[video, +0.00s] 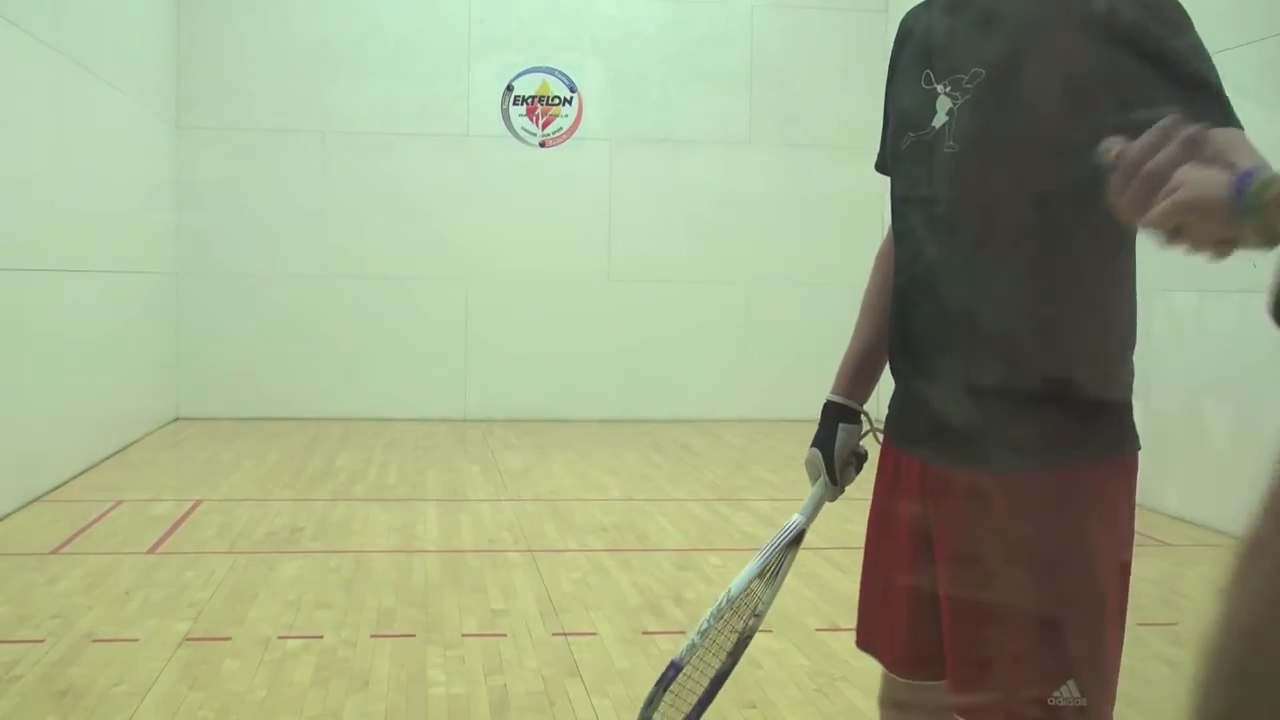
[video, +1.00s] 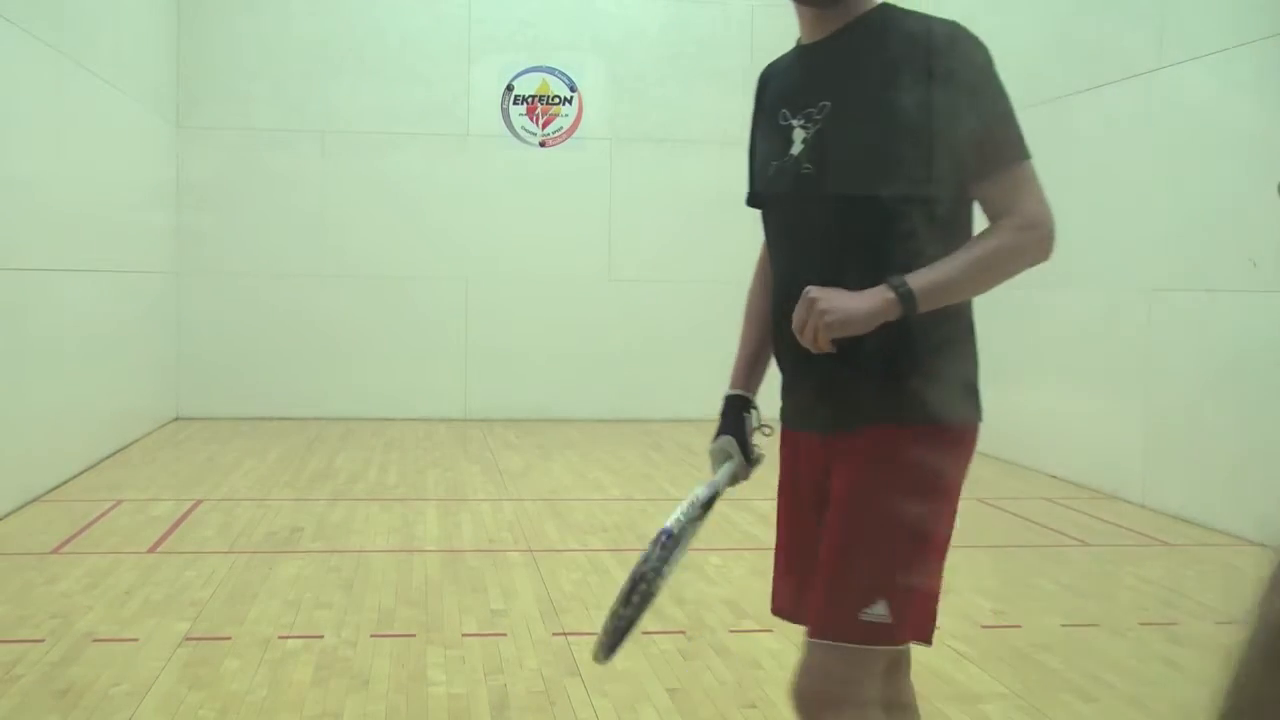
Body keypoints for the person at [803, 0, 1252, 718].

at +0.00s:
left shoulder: (1120, 15)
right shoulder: (926, 24)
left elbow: (1248, 187)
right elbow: (911, 229)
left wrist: (1222, 192)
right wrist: (845, 399)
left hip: (1055, 437)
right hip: (926, 427)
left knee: (1042, 704)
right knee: (911, 698)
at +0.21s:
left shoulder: (1120, 17)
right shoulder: (925, 27)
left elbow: (1216, 230)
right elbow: (912, 230)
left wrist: (1087, 263)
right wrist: (850, 399)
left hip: (1053, 456)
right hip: (921, 440)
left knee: (1038, 708)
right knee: (881, 700)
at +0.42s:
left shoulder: (1101, 30)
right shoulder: (909, 40)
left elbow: (1158, 255)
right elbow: (901, 244)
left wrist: (991, 318)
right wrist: (843, 406)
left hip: (1041, 444)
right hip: (912, 431)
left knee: (1035, 705)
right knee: (863, 693)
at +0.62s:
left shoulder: (1038, 43)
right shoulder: (860, 67)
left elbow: (1111, 253)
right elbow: (863, 260)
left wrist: (947, 328)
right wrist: (818, 420)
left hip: (1004, 445)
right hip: (882, 439)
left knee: (1006, 703)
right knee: (848, 686)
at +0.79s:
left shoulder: (988, 44)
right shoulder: (820, 80)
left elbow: (1080, 224)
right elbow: (824, 258)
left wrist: (916, 298)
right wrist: (786, 414)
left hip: (957, 429)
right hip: (846, 425)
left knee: (953, 690)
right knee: (856, 669)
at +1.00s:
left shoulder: (941, 53)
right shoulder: (779, 82)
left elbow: (1029, 228)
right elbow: (782, 251)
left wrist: (884, 299)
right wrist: (739, 397)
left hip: (910, 414)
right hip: (816, 413)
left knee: (829, 691)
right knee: (882, 685)